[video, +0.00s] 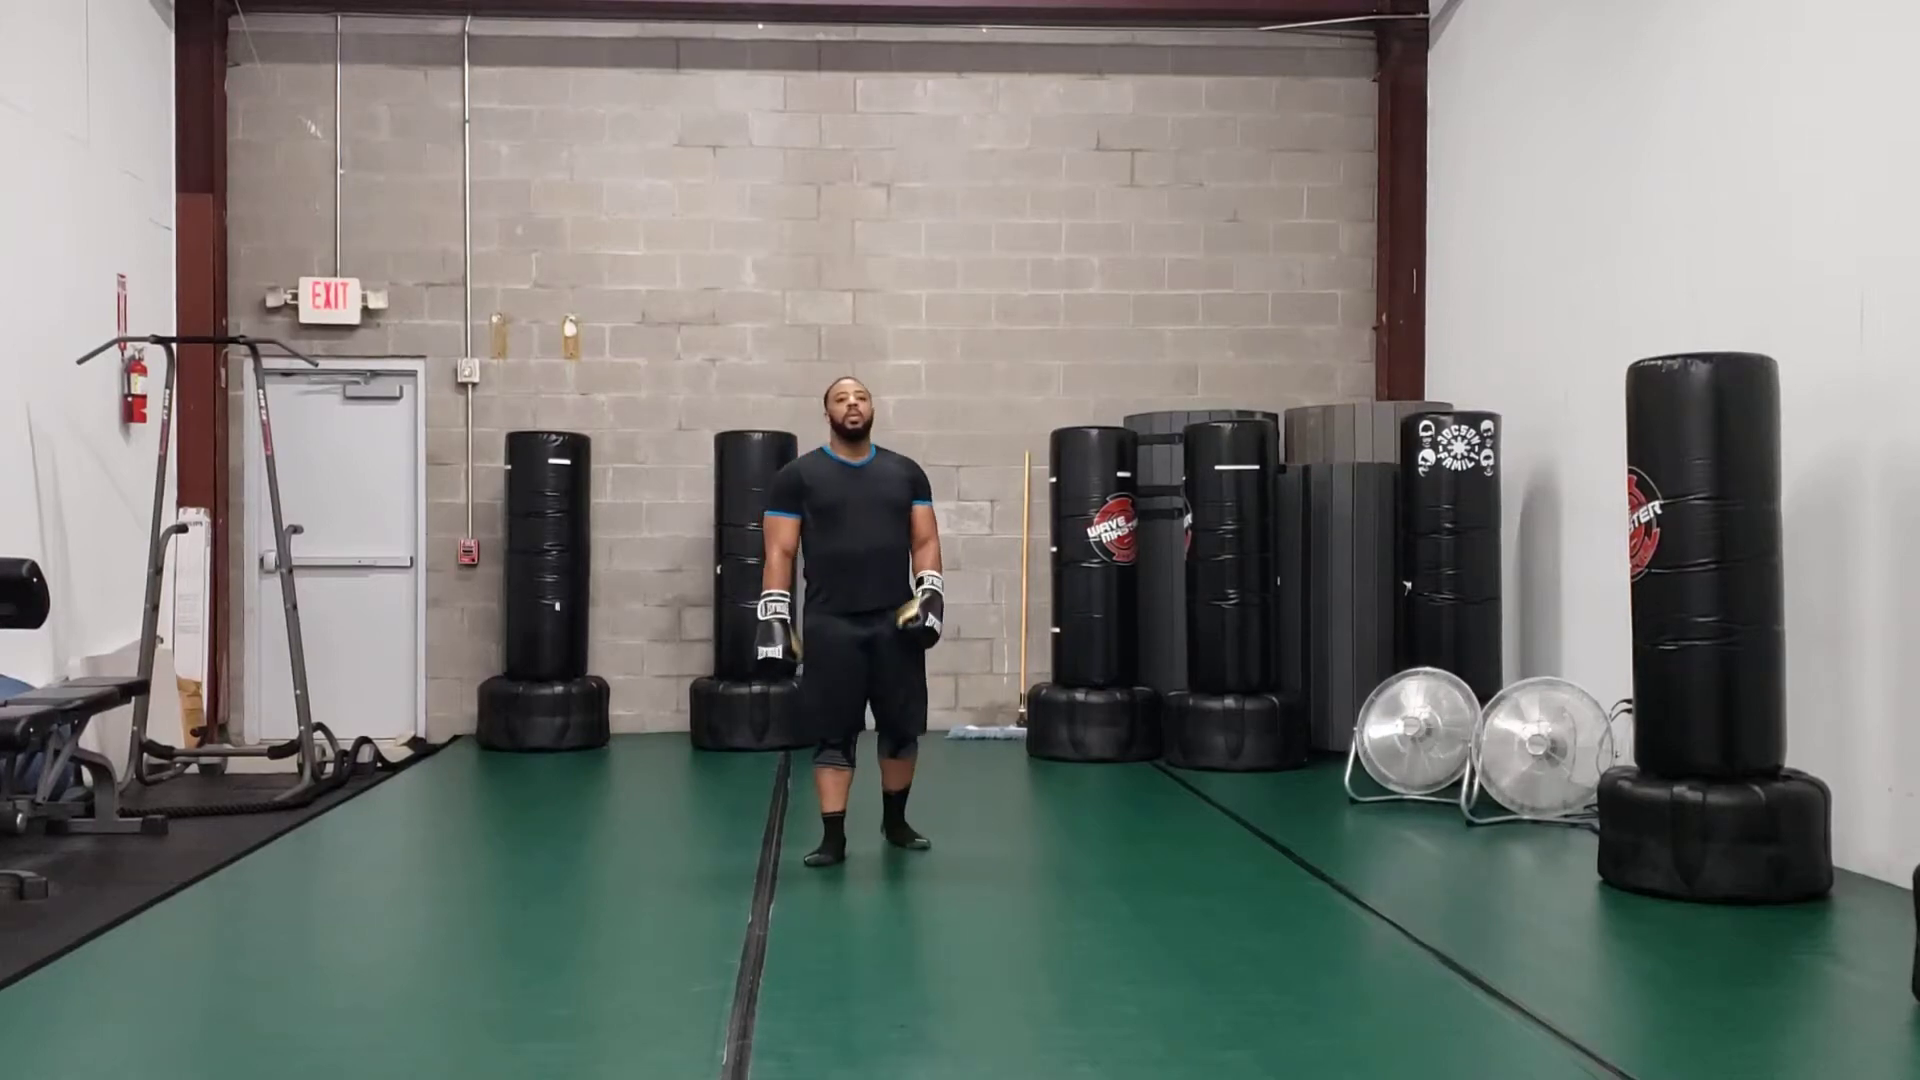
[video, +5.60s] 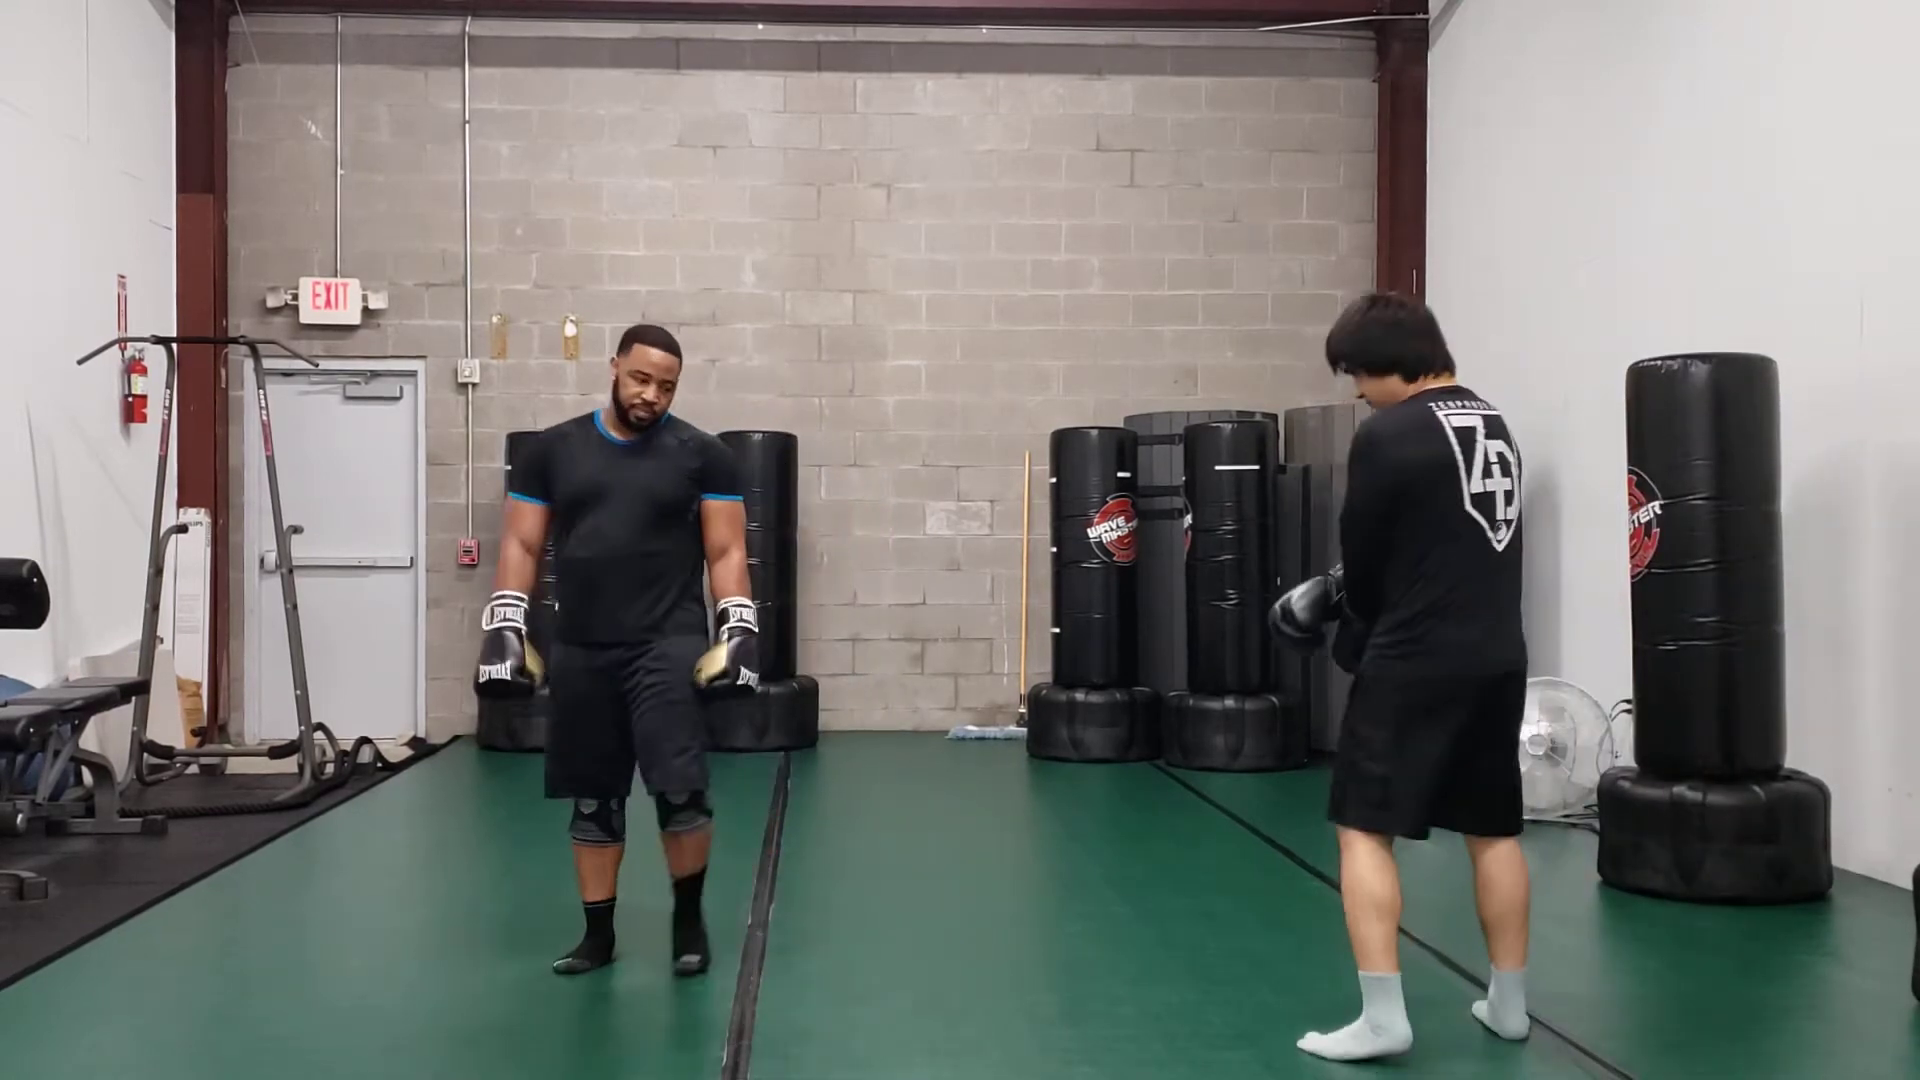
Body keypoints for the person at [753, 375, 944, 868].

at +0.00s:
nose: (853, 404)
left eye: (860, 398)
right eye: (842, 399)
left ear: (873, 412)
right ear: (827, 415)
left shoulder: (906, 473)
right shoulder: (799, 476)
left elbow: (925, 541)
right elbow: (780, 551)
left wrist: (930, 593)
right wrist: (774, 616)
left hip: (896, 620)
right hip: (830, 623)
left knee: (902, 729)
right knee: (833, 733)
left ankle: (896, 822)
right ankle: (833, 839)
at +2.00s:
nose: (793, 410)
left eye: (801, 402)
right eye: (783, 404)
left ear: (815, 412)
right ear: (770, 418)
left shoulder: (852, 470)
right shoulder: (743, 476)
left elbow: (874, 536)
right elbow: (718, 546)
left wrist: (857, 571)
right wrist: (756, 577)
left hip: (843, 617)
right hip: (777, 621)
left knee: (867, 721)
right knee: (784, 730)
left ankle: (882, 823)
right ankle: (786, 832)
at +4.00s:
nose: (800, 427)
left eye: (811, 418)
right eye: (791, 416)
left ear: (824, 416)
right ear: (774, 411)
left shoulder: (856, 473)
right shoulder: (738, 472)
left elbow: (872, 553)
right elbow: (710, 544)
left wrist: (880, 619)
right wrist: (733, 554)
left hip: (838, 636)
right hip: (764, 638)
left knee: (858, 751)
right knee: (761, 755)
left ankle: (865, 838)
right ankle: (756, 873)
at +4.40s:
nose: (768, 420)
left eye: (778, 411)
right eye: (757, 408)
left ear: (789, 409)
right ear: (735, 401)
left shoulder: (817, 468)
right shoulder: (690, 468)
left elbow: (843, 548)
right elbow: (658, 544)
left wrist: (862, 616)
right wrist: (696, 549)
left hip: (796, 629)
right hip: (726, 634)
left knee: (792, 750)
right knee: (741, 758)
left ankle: (790, 879)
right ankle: (754, 875)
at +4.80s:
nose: (753, 410)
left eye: (767, 401)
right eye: (745, 396)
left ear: (781, 406)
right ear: (726, 390)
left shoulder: (806, 472)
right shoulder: (675, 460)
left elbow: (824, 561)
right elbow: (651, 543)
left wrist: (836, 637)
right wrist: (638, 615)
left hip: (770, 642)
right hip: (691, 641)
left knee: (763, 772)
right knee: (690, 771)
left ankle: (749, 898)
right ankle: (749, 845)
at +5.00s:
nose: (736, 405)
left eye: (750, 396)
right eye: (728, 390)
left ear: (765, 399)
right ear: (708, 384)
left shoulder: (791, 466)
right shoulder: (660, 461)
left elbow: (813, 554)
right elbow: (626, 549)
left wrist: (814, 630)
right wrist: (587, 618)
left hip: (760, 649)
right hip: (673, 646)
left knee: (759, 780)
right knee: (648, 768)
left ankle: (748, 902)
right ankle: (666, 894)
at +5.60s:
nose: (650, 395)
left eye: (664, 384)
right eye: (640, 379)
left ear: (677, 386)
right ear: (614, 371)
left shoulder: (702, 458)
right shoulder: (554, 451)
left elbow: (727, 553)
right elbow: (522, 546)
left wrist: (739, 628)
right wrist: (506, 624)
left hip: (668, 646)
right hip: (581, 650)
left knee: (680, 790)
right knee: (592, 797)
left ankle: (689, 924)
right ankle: (598, 935)